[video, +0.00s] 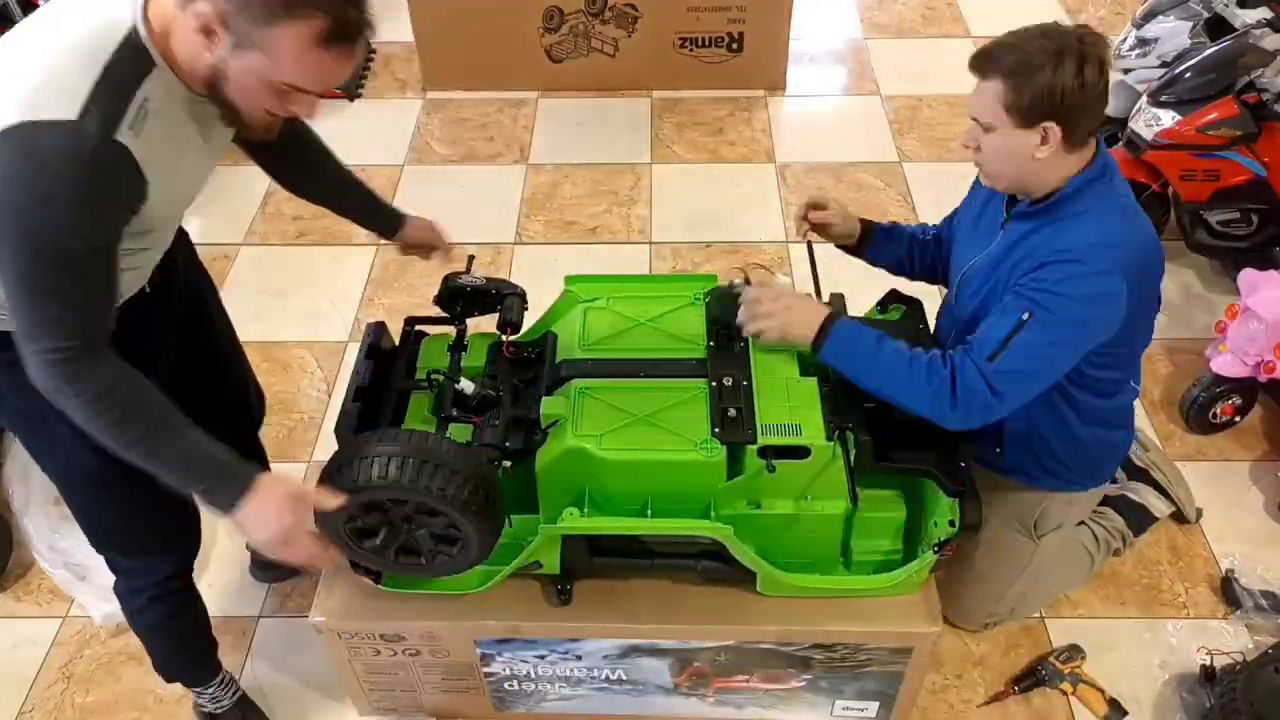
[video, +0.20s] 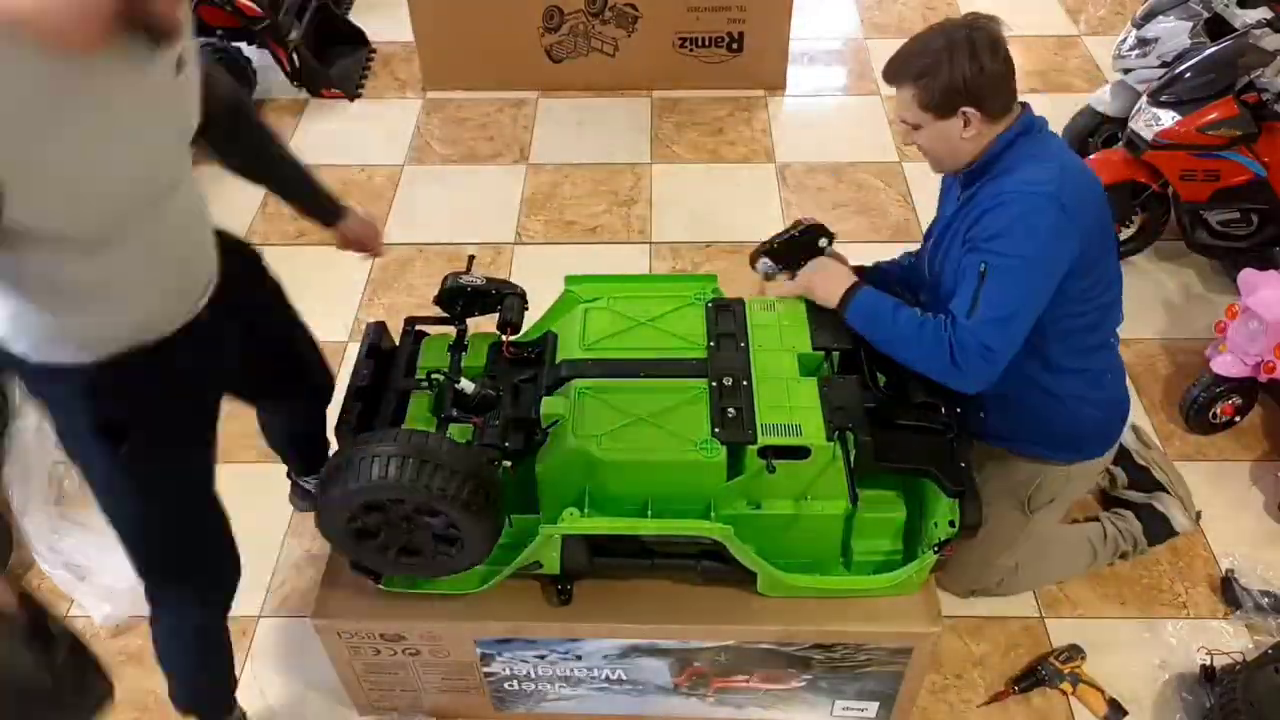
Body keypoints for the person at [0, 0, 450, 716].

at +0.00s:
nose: (303, 113)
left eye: (321, 93)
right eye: (288, 91)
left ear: (213, 23)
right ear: (210, 30)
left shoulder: (209, 39)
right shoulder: (63, 146)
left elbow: (274, 137)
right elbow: (65, 361)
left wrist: (393, 223)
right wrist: (243, 492)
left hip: (150, 261)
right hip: (42, 325)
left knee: (232, 414)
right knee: (150, 535)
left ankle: (274, 548)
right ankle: (207, 685)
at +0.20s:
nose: (164, 10)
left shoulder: (158, 23)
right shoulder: (8, 73)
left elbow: (221, 117)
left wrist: (332, 212)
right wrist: (8, 571)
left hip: (205, 275)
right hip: (99, 358)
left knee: (300, 384)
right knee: (193, 576)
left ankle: (312, 479)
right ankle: (208, 705)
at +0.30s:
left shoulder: (292, 6)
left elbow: (349, 92)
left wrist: (440, 225)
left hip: (260, 186)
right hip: (133, 215)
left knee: (313, 347)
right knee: (223, 416)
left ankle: (313, 473)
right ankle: (267, 554)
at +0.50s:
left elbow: (366, 13)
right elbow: (55, 50)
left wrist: (435, 132)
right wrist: (157, 198)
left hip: (349, 153)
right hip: (236, 184)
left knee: (388, 334)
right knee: (299, 377)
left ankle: (380, 454)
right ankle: (310, 499)